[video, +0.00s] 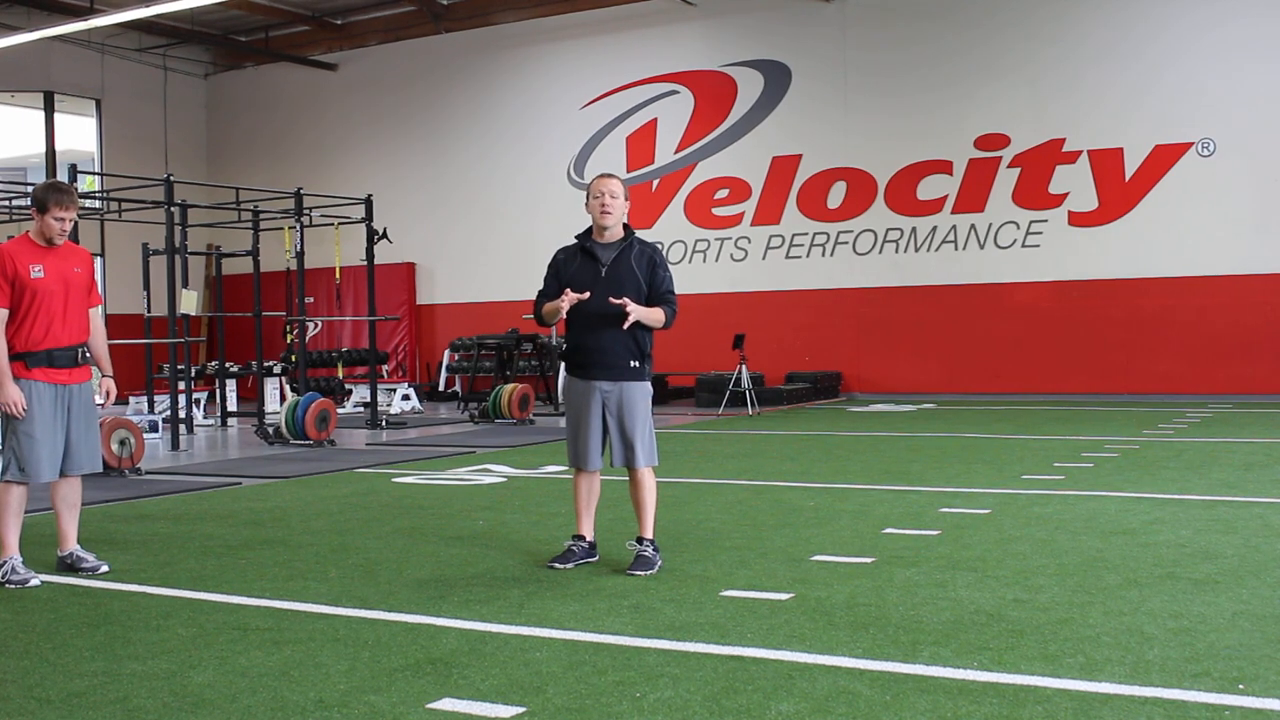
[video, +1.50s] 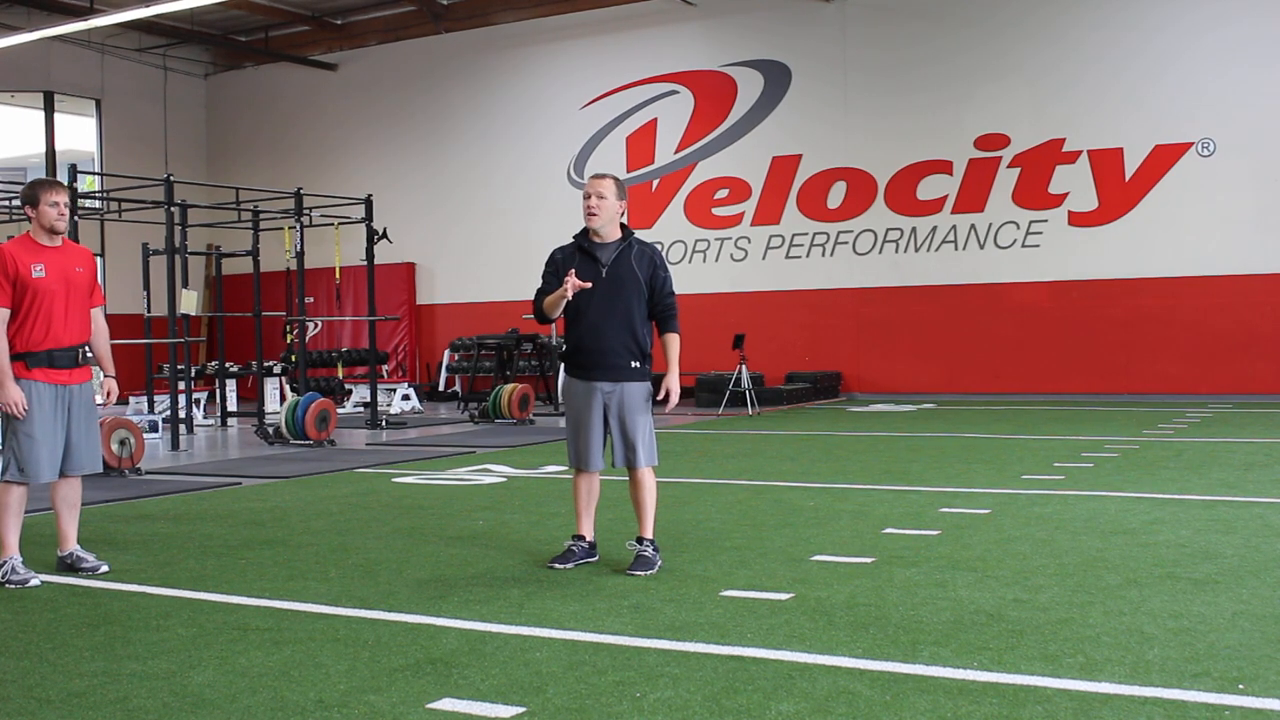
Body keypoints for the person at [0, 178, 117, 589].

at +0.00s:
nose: (66, 227)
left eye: (71, 220)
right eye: (59, 220)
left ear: (75, 216)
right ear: (37, 215)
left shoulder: (82, 258)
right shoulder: (10, 255)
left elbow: (93, 320)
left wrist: (107, 371)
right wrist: (5, 382)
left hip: (76, 377)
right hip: (28, 379)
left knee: (71, 466)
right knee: (18, 472)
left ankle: (69, 550)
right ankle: (9, 559)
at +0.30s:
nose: (65, 224)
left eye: (70, 217)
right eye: (58, 217)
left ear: (74, 214)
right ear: (35, 214)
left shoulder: (82, 258)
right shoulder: (10, 255)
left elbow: (94, 320)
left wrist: (108, 371)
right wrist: (5, 381)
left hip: (75, 377)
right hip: (28, 379)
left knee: (71, 466)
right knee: (18, 473)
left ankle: (69, 551)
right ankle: (10, 559)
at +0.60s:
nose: (64, 216)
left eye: (68, 209)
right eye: (56, 209)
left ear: (71, 213)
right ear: (33, 212)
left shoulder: (84, 257)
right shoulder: (10, 254)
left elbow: (96, 320)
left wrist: (110, 371)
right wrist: (4, 381)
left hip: (76, 377)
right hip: (28, 378)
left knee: (71, 466)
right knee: (18, 472)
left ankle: (69, 550)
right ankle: (10, 559)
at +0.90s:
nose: (64, 213)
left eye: (67, 206)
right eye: (54, 206)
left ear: (70, 211)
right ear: (32, 211)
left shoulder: (84, 257)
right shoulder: (11, 254)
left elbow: (96, 319)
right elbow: (0, 325)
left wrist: (111, 370)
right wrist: (6, 380)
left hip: (76, 376)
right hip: (28, 378)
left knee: (71, 466)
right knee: (19, 472)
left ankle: (69, 551)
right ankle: (10, 559)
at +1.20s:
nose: (64, 212)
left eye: (67, 206)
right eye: (54, 205)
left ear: (70, 211)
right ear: (31, 211)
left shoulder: (84, 257)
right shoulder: (10, 255)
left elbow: (96, 319)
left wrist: (110, 371)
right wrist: (5, 381)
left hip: (77, 377)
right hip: (29, 378)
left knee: (71, 466)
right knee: (18, 473)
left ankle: (69, 551)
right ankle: (10, 559)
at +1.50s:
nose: (63, 212)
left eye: (66, 205)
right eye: (54, 205)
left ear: (70, 211)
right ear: (31, 211)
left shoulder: (84, 257)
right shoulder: (11, 255)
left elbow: (96, 320)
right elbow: (0, 325)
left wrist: (109, 372)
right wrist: (6, 382)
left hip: (77, 377)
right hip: (29, 378)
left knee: (72, 466)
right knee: (18, 473)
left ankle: (69, 551)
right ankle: (10, 559)